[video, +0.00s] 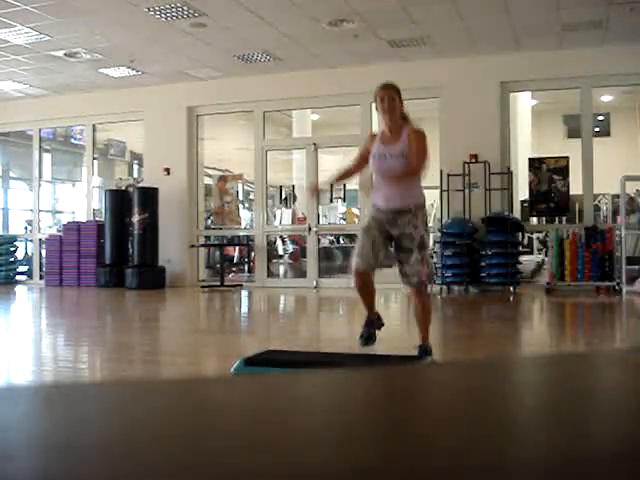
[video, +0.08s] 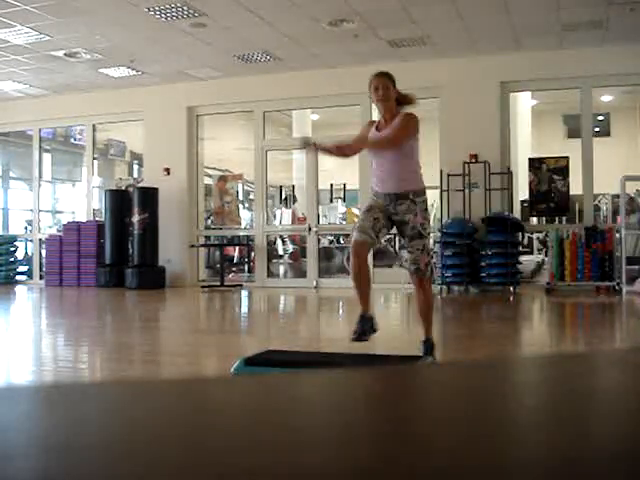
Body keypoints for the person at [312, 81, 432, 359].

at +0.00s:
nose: (386, 105)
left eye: (391, 100)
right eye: (381, 101)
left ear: (401, 103)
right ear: (375, 106)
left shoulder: (414, 135)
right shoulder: (374, 139)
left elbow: (416, 169)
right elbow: (356, 166)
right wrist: (327, 184)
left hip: (410, 213)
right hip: (379, 213)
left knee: (418, 282)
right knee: (360, 270)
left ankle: (424, 343)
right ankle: (372, 317)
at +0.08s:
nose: (379, 93)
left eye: (383, 88)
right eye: (375, 90)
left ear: (394, 91)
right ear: (370, 95)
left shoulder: (408, 119)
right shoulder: (371, 128)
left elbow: (388, 141)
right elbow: (349, 150)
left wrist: (359, 142)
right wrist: (318, 146)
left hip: (411, 201)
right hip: (380, 200)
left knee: (420, 273)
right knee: (358, 247)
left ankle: (428, 340)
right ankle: (366, 315)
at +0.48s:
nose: (356, 84)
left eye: (361, 79)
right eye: (351, 81)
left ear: (370, 84)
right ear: (345, 88)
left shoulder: (384, 112)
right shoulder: (338, 124)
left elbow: (375, 118)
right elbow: (304, 147)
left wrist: (335, 121)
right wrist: (285, 117)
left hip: (393, 194)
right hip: (359, 199)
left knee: (409, 262)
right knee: (345, 263)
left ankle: (426, 321)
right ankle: (345, 335)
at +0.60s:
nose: (346, 73)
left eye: (350, 68)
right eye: (340, 69)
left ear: (360, 72)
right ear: (333, 76)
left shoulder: (377, 102)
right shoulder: (329, 111)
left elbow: (406, 122)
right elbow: (313, 149)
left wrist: (382, 124)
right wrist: (310, 120)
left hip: (383, 177)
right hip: (352, 188)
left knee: (381, 210)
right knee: (346, 258)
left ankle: (403, 259)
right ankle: (348, 331)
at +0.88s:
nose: (342, 69)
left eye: (346, 64)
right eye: (336, 66)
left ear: (356, 70)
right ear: (330, 73)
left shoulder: (369, 103)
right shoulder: (323, 108)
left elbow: (387, 123)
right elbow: (292, 140)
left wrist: (363, 104)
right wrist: (296, 126)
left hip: (370, 184)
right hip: (336, 189)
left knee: (372, 244)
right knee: (339, 262)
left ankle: (394, 297)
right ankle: (351, 334)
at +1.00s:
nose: (340, 65)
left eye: (345, 59)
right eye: (335, 62)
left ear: (357, 65)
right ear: (331, 69)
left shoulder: (371, 95)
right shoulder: (326, 103)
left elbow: (354, 88)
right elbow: (286, 116)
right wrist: (282, 83)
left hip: (368, 181)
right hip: (334, 184)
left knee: (378, 259)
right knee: (322, 257)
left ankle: (394, 328)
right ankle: (338, 325)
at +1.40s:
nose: (316, 59)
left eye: (321, 54)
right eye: (311, 55)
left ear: (330, 60)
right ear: (304, 61)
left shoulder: (340, 90)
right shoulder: (296, 97)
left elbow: (359, 107)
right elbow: (265, 125)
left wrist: (338, 97)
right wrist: (246, 110)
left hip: (341, 172)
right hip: (308, 178)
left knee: (352, 242)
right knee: (304, 253)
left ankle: (381, 295)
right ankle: (305, 326)